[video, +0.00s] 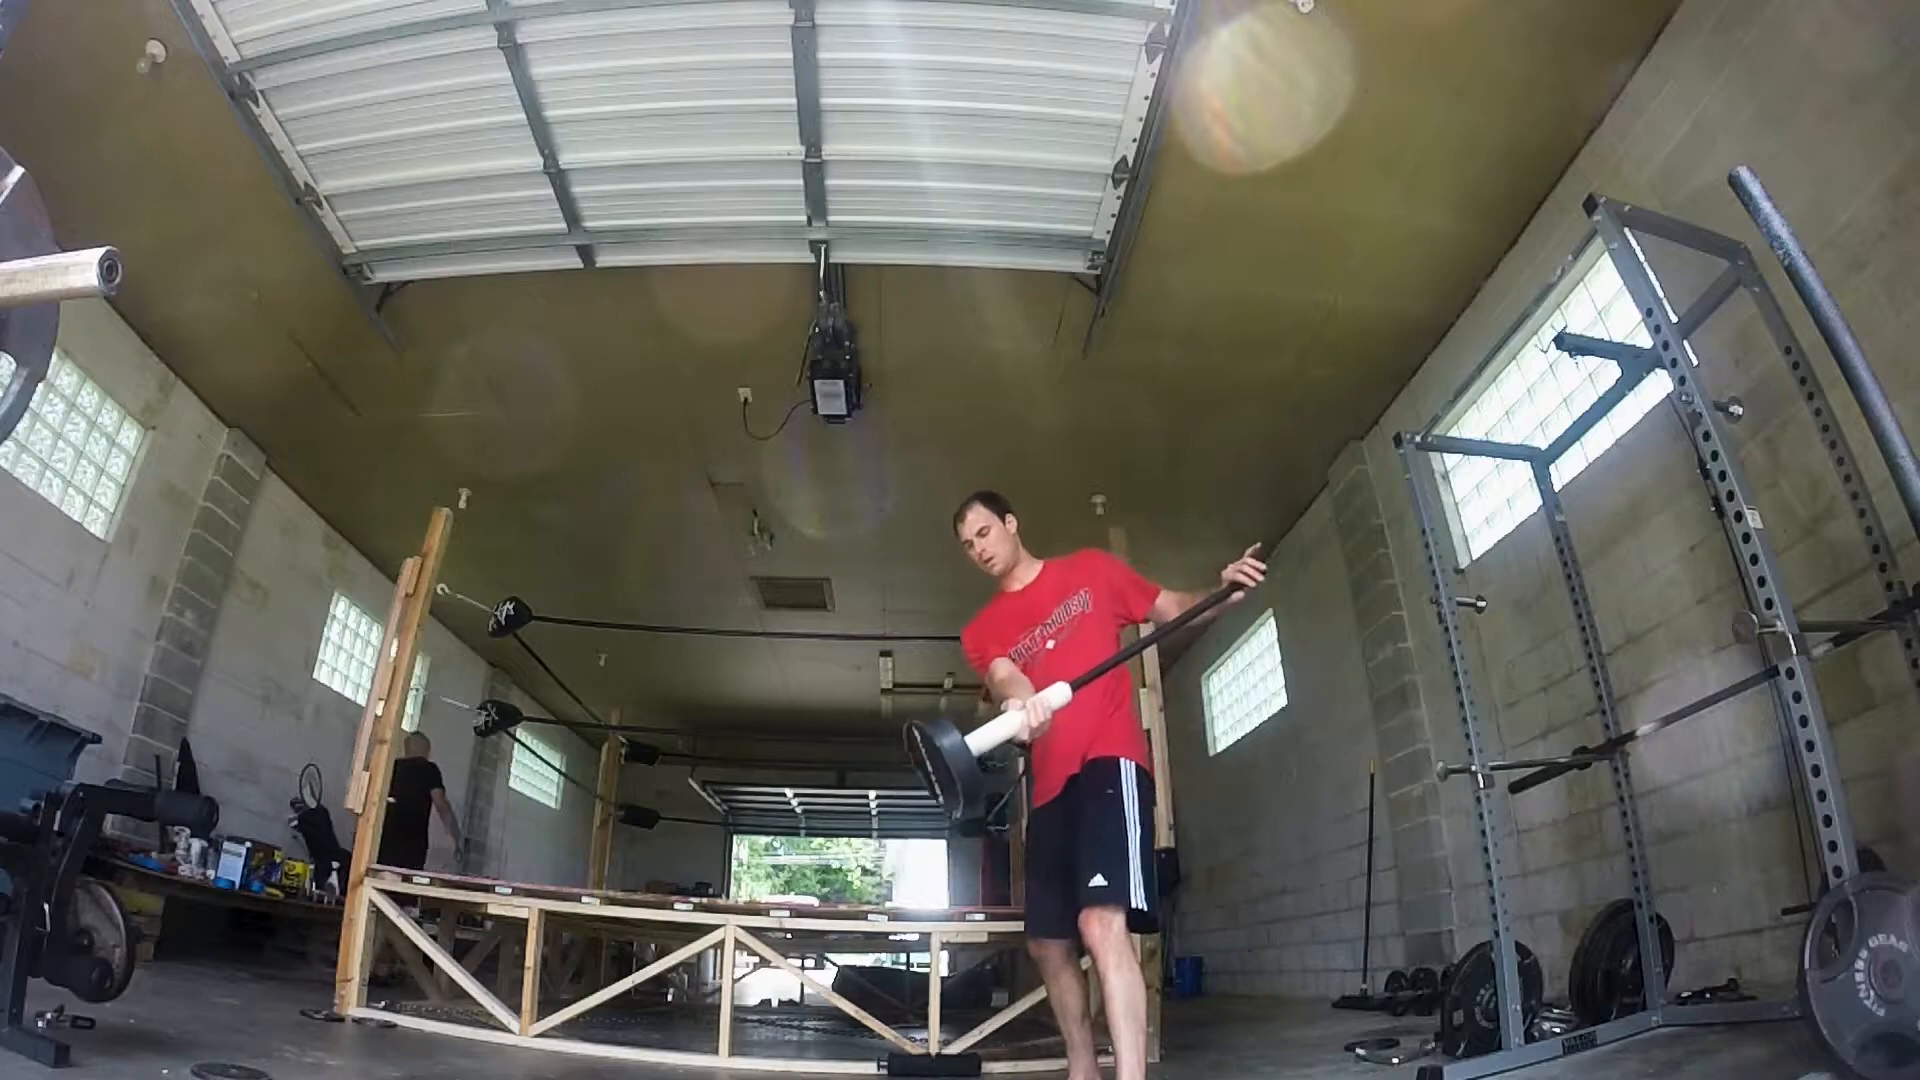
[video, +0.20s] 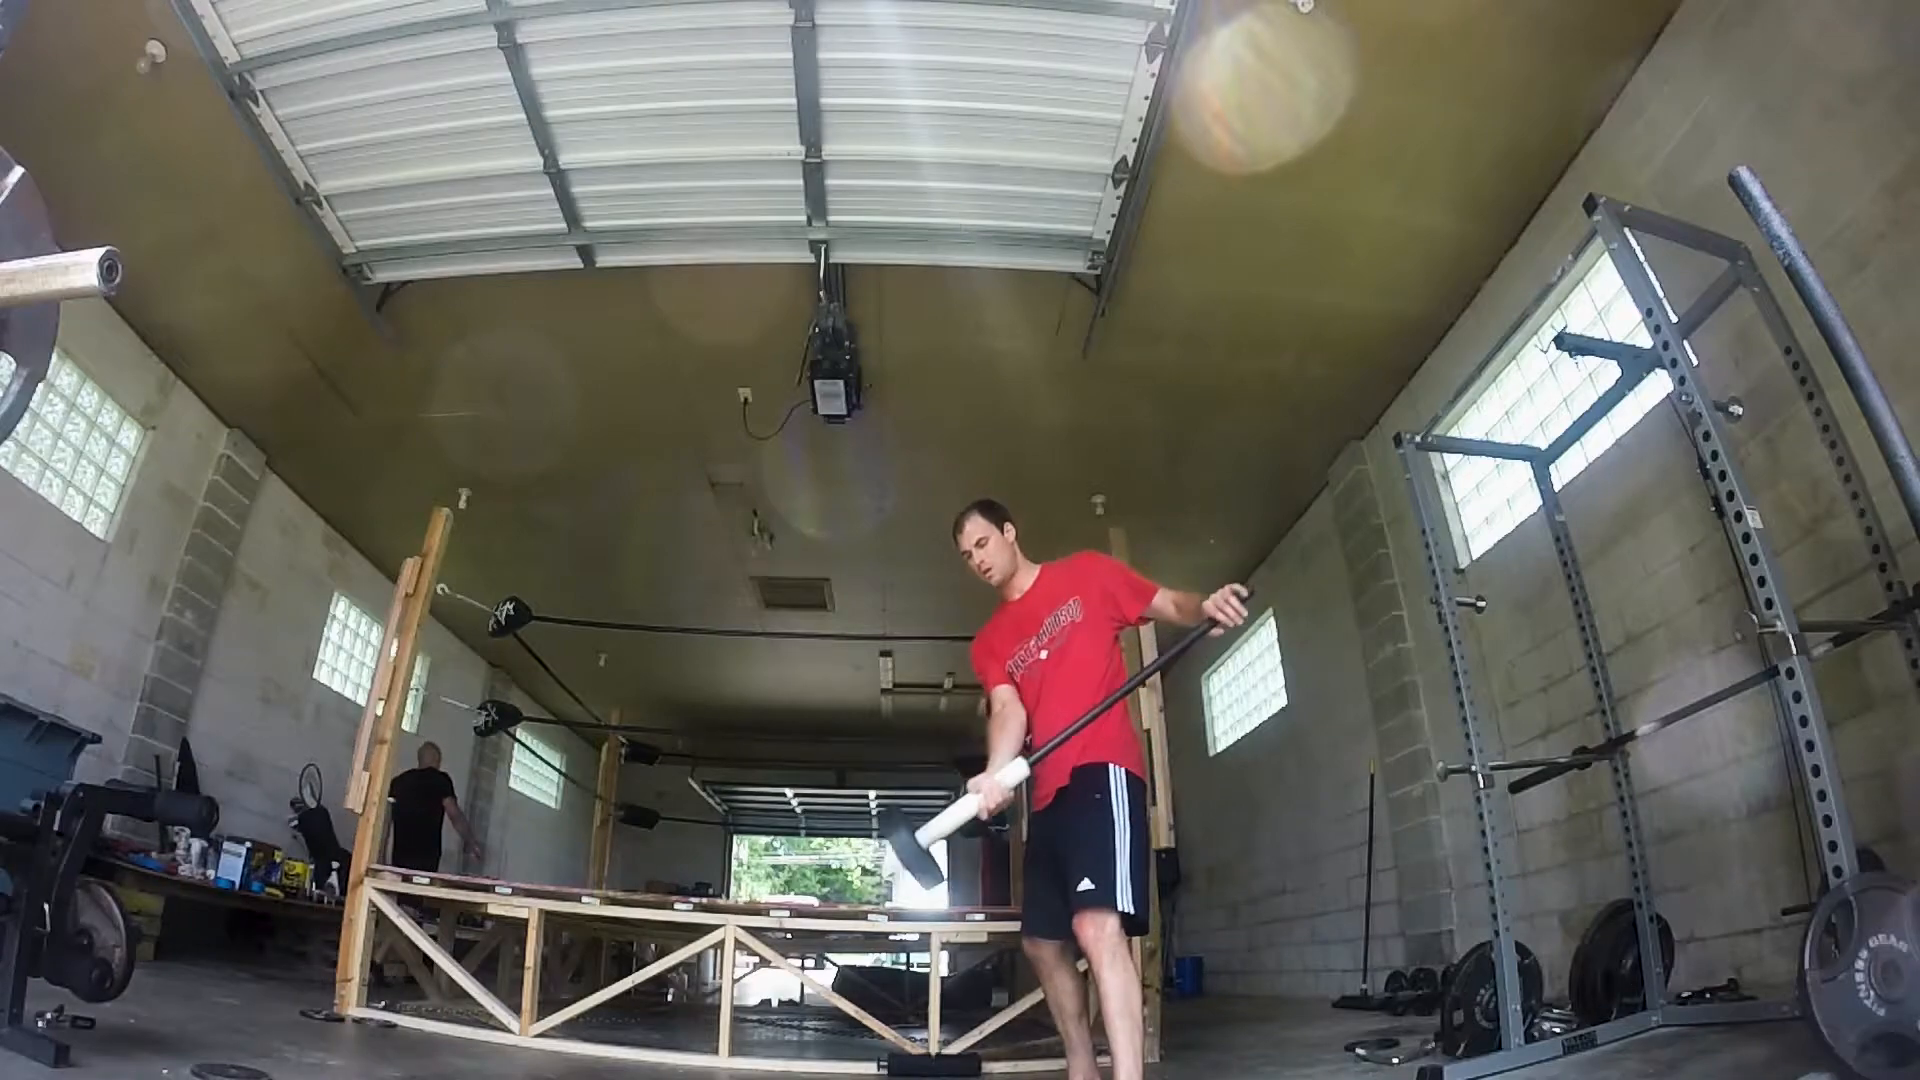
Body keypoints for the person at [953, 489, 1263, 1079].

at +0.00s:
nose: (978, 548)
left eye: (983, 532)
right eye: (968, 543)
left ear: (1011, 524)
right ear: (967, 553)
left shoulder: (1090, 569)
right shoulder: (982, 628)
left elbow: (1175, 609)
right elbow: (1001, 679)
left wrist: (1224, 589)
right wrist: (1024, 699)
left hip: (1110, 757)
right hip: (1049, 779)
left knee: (1101, 923)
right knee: (1046, 942)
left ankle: (1132, 1075)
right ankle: (1084, 1072)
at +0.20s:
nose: (977, 558)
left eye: (981, 542)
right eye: (967, 553)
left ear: (1010, 532)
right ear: (967, 564)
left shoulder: (1085, 572)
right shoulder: (989, 640)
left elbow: (1164, 604)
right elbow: (1005, 708)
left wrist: (1205, 605)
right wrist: (996, 770)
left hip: (1104, 766)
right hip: (1047, 789)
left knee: (1096, 925)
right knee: (1041, 942)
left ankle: (1128, 1075)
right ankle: (1083, 1072)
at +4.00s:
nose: (956, 584)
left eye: (953, 569)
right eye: (950, 574)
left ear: (977, 546)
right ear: (998, 542)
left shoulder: (978, 604)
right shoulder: (1082, 583)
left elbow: (941, 701)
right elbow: (1111, 661)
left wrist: (934, 732)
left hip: (1056, 784)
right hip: (1112, 785)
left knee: (1044, 940)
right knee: (1086, 942)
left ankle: (1116, 1074)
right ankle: (1086, 1071)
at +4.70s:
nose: (957, 582)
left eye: (955, 570)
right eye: (955, 573)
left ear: (968, 554)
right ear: (1003, 545)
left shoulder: (962, 613)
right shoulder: (1069, 573)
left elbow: (1003, 601)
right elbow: (1127, 528)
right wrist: (1102, 461)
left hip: (1039, 781)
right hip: (1100, 776)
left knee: (1046, 935)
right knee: (1080, 938)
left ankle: (1117, 1075)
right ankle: (1082, 1072)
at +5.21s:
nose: (948, 589)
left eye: (944, 577)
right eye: (943, 582)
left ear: (963, 555)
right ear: (987, 551)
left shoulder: (962, 606)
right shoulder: (1063, 586)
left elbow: (940, 674)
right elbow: (1098, 582)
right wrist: (1098, 519)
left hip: (1049, 772)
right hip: (1095, 772)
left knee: (1054, 930)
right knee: (1071, 934)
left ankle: (1119, 1073)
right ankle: (1085, 1074)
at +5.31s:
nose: (945, 588)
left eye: (943, 576)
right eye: (939, 580)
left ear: (967, 552)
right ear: (982, 549)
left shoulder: (963, 604)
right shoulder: (1061, 585)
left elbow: (930, 691)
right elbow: (1092, 606)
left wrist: (951, 623)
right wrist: (1093, 550)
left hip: (1051, 772)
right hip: (1096, 771)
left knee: (1057, 927)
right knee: (1072, 932)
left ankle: (1119, 1073)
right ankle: (1085, 1072)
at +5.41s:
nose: (945, 587)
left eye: (943, 573)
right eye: (938, 580)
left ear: (970, 548)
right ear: (982, 550)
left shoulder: (968, 600)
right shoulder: (1059, 584)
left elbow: (935, 704)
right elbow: (1090, 642)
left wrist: (961, 702)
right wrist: (1084, 596)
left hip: (1057, 769)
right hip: (1098, 768)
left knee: (1061, 927)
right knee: (1074, 932)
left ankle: (1122, 1074)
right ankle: (1085, 1073)